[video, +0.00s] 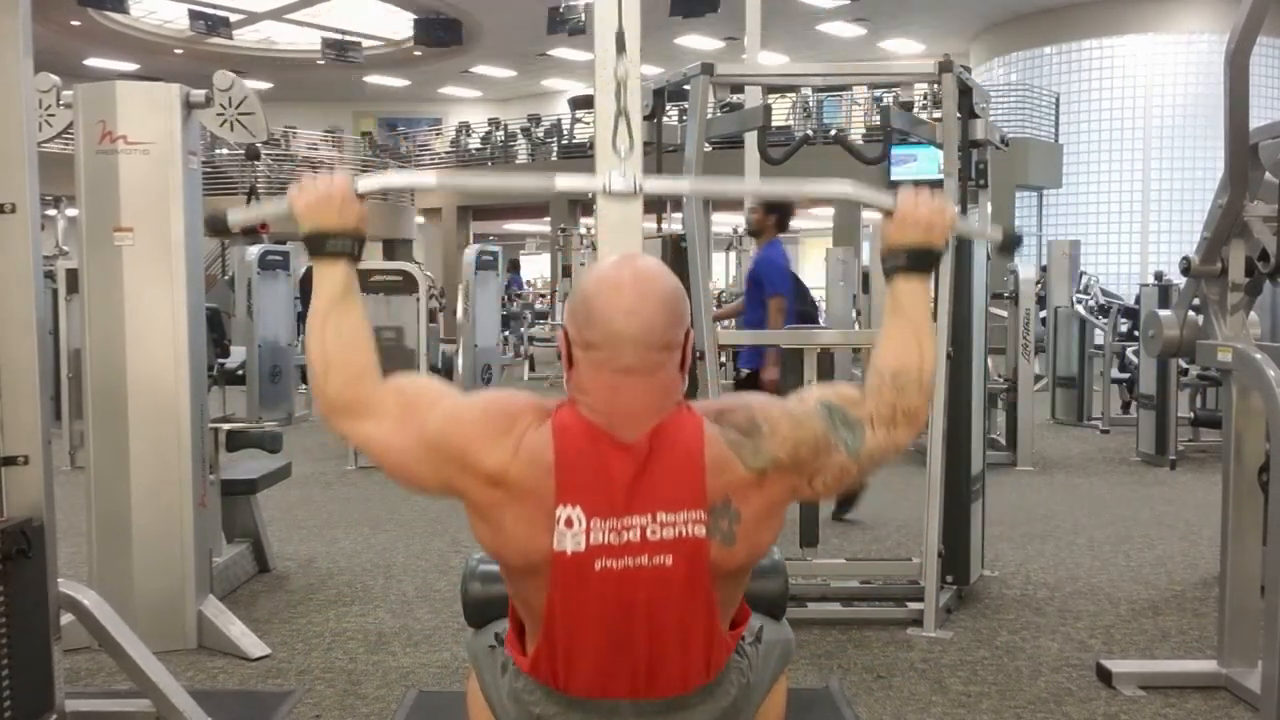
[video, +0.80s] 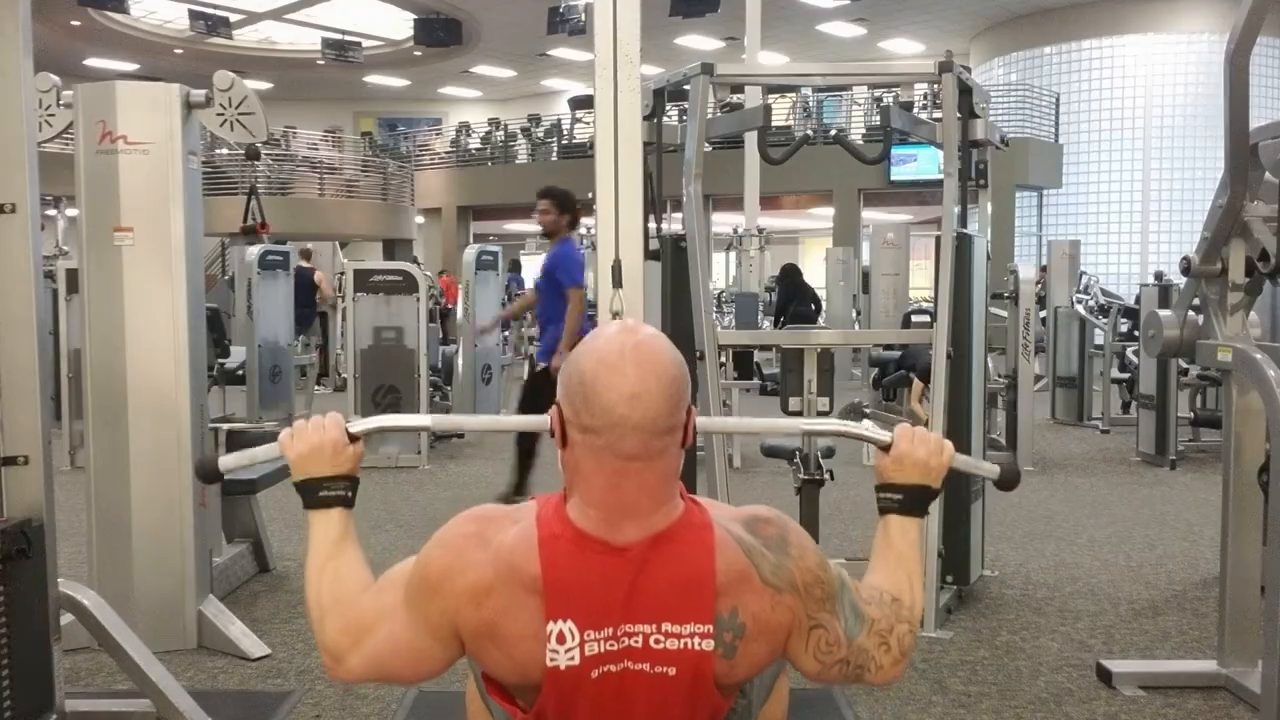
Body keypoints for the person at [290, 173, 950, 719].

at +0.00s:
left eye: (566, 331)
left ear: (567, 349)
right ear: (685, 351)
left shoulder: (500, 441)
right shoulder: (761, 439)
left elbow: (351, 403)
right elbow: (897, 414)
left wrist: (331, 252)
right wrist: (912, 268)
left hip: (549, 695)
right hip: (703, 693)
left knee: (489, 650)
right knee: (771, 646)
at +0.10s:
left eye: (567, 344)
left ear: (566, 368)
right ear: (686, 369)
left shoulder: (495, 473)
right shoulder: (756, 474)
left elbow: (340, 452)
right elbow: (901, 465)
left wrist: (327, 305)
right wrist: (914, 319)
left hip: (546, 696)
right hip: (708, 694)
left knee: (492, 615)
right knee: (770, 639)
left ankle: (480, 708)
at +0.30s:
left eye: (564, 375)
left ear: (564, 398)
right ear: (688, 401)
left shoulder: (488, 517)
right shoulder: (764, 515)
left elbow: (336, 555)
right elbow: (895, 564)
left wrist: (323, 407)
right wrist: (909, 417)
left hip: (537, 704)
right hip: (703, 704)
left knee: (488, 643)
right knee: (770, 628)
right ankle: (774, 702)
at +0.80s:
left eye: (560, 398)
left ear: (559, 430)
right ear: (688, 428)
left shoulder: (480, 553)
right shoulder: (764, 554)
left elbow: (350, 647)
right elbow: (875, 653)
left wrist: (325, 492)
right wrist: (907, 501)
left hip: (528, 711)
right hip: (703, 714)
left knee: (487, 666)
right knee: (770, 654)